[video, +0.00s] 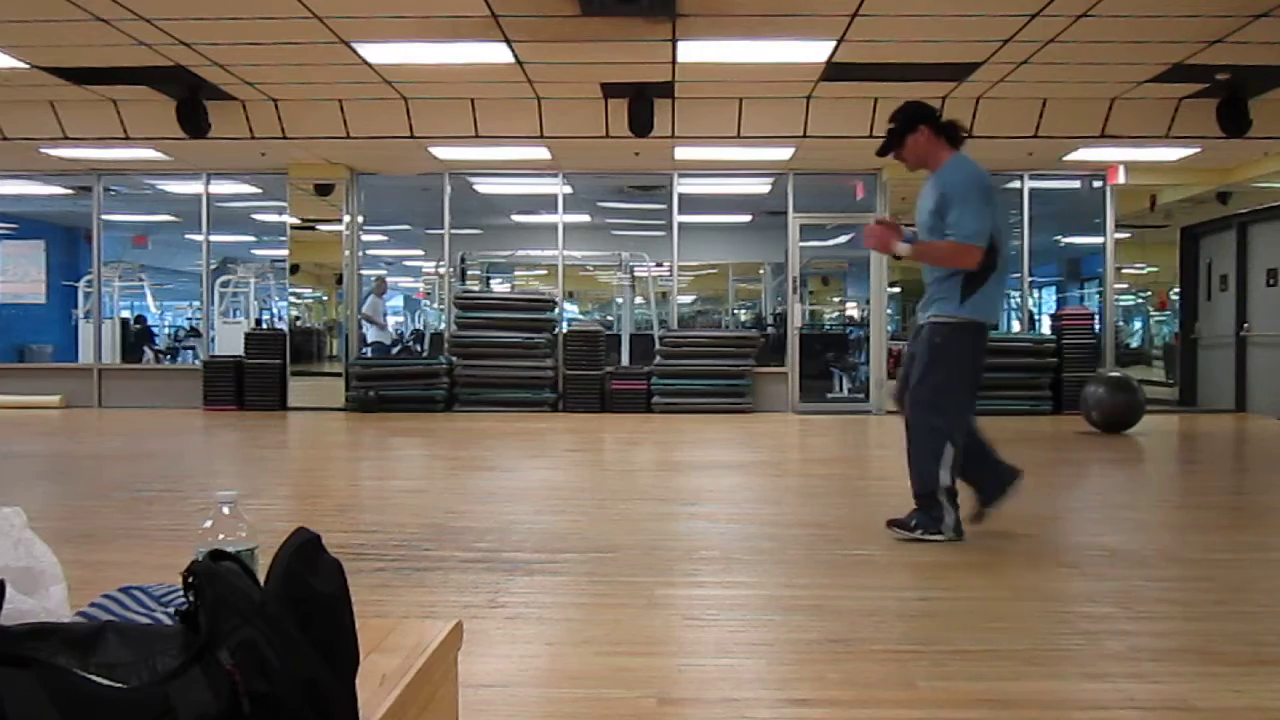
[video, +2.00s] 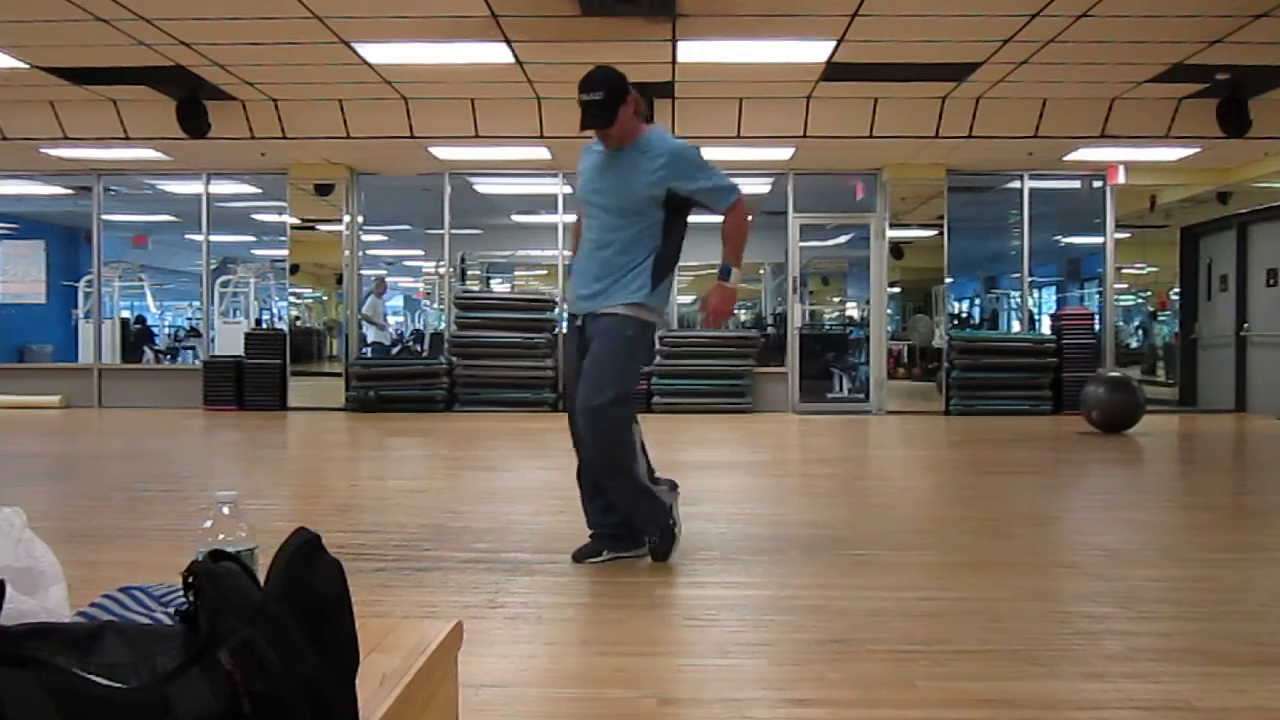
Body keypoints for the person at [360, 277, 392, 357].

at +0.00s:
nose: (386, 288)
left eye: (386, 286)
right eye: (384, 286)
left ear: (384, 286)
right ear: (378, 286)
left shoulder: (381, 300)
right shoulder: (372, 298)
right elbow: (365, 313)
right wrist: (379, 323)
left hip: (384, 336)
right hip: (376, 337)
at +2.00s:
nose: (385, 288)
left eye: (385, 286)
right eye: (383, 286)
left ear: (385, 287)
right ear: (377, 287)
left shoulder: (381, 301)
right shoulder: (372, 299)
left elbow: (383, 316)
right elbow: (365, 314)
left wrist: (386, 324)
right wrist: (378, 324)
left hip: (384, 337)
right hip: (376, 338)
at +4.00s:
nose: (386, 287)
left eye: (386, 285)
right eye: (384, 285)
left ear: (385, 286)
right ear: (377, 286)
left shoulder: (381, 301)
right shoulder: (373, 299)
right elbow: (365, 314)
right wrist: (379, 324)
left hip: (384, 337)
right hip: (376, 338)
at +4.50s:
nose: (386, 288)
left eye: (386, 286)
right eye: (384, 286)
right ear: (378, 287)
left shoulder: (381, 301)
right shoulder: (372, 299)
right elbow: (365, 315)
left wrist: (385, 323)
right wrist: (379, 324)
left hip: (384, 338)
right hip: (375, 338)